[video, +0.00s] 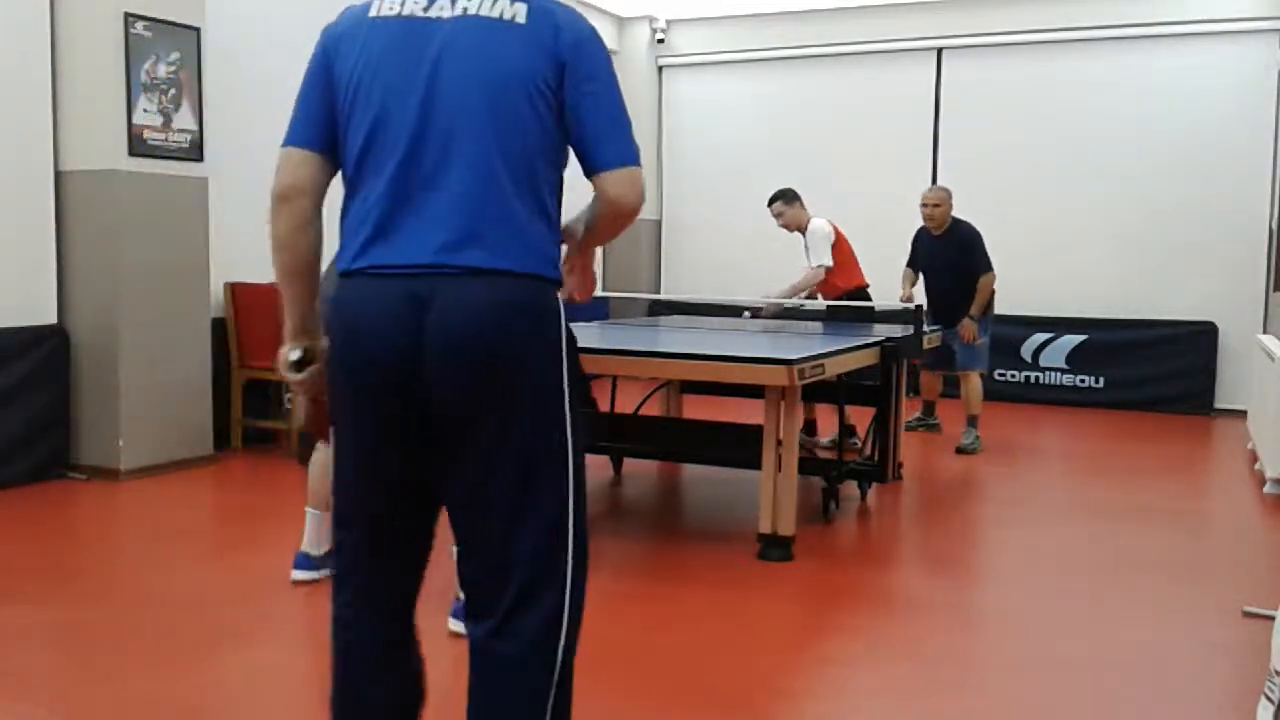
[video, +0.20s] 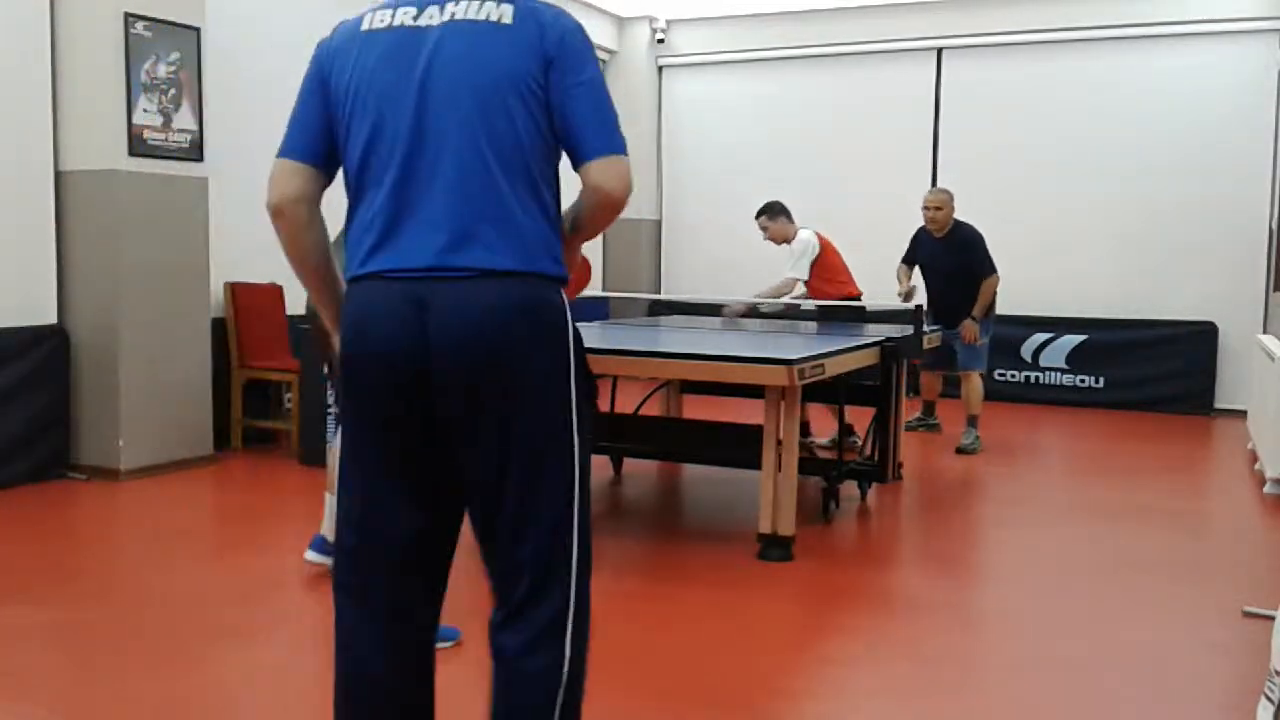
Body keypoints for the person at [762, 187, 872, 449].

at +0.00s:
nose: (779, 223)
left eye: (780, 216)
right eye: (775, 218)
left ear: (798, 208)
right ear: (796, 212)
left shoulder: (818, 228)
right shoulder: (810, 233)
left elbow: (819, 272)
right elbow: (823, 276)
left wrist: (782, 297)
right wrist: (803, 297)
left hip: (852, 305)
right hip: (837, 306)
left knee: (834, 368)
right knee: (817, 364)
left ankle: (845, 428)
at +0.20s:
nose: (765, 237)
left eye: (765, 229)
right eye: (762, 231)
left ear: (780, 220)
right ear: (783, 222)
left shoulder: (805, 239)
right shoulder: (806, 239)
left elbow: (788, 285)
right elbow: (818, 284)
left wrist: (749, 302)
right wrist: (797, 299)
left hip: (844, 311)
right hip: (832, 311)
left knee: (821, 373)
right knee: (813, 371)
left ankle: (845, 429)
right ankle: (844, 428)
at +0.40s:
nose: (751, 252)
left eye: (752, 244)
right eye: (749, 246)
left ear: (768, 236)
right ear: (771, 237)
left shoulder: (790, 253)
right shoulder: (789, 254)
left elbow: (766, 299)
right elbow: (772, 301)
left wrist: (724, 309)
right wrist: (734, 307)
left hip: (830, 319)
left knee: (779, 374)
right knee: (798, 376)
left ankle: (799, 431)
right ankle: (839, 422)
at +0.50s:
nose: (746, 260)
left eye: (746, 252)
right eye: (744, 254)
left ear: (763, 245)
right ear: (766, 245)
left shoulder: (782, 262)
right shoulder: (786, 261)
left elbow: (749, 308)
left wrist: (709, 311)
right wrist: (723, 310)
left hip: (827, 330)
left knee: (779, 378)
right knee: (790, 377)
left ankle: (799, 433)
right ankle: (834, 420)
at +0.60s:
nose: (742, 266)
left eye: (743, 258)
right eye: (740, 260)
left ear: (759, 251)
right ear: (763, 250)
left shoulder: (777, 267)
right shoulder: (784, 267)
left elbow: (748, 308)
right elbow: (759, 308)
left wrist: (708, 312)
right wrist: (720, 309)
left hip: (821, 337)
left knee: (777, 381)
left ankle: (798, 432)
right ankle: (830, 420)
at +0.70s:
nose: (739, 269)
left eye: (739, 261)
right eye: (737, 263)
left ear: (755, 253)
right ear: (757, 253)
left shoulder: (775, 269)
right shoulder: (777, 269)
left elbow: (743, 308)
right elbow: (753, 309)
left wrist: (704, 313)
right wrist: (714, 311)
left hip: (818, 337)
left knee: (779, 386)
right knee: (783, 386)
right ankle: (829, 419)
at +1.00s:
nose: (731, 262)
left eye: (732, 254)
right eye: (729, 256)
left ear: (748, 249)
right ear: (752, 250)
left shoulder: (766, 266)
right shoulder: (773, 265)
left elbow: (740, 310)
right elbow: (745, 308)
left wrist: (700, 314)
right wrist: (703, 310)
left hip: (813, 332)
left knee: (774, 377)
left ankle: (798, 432)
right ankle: (822, 413)